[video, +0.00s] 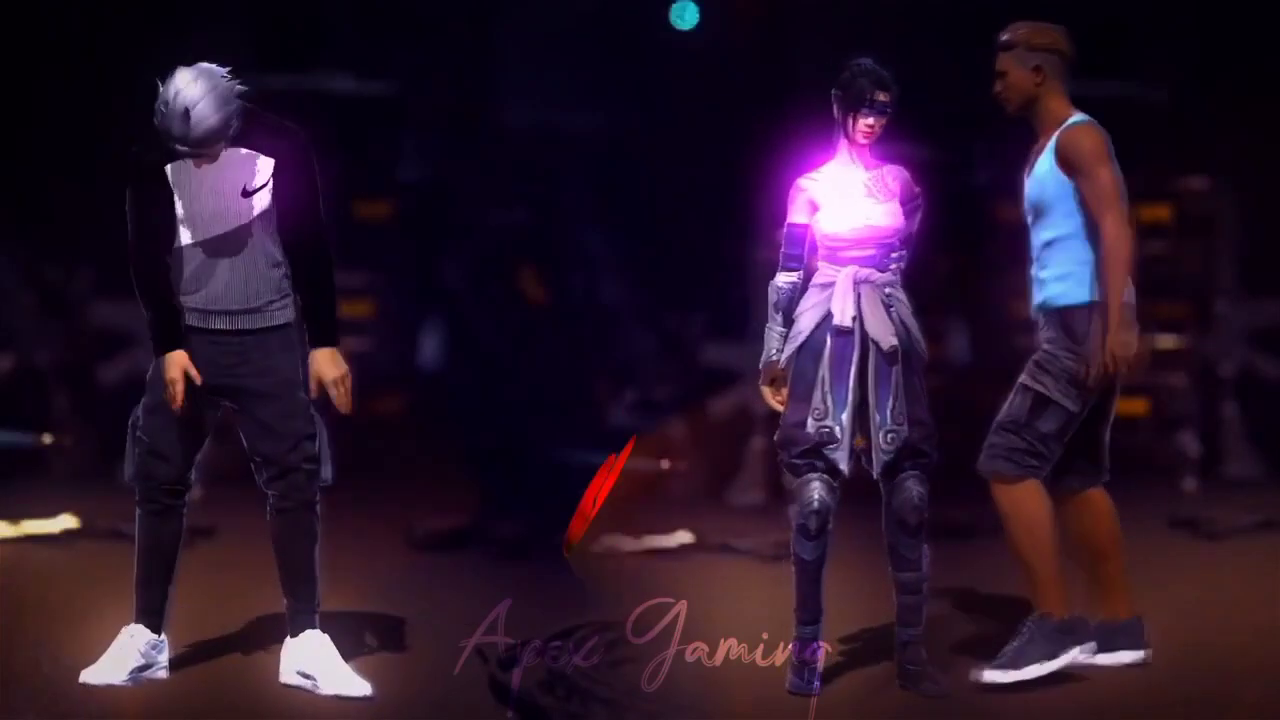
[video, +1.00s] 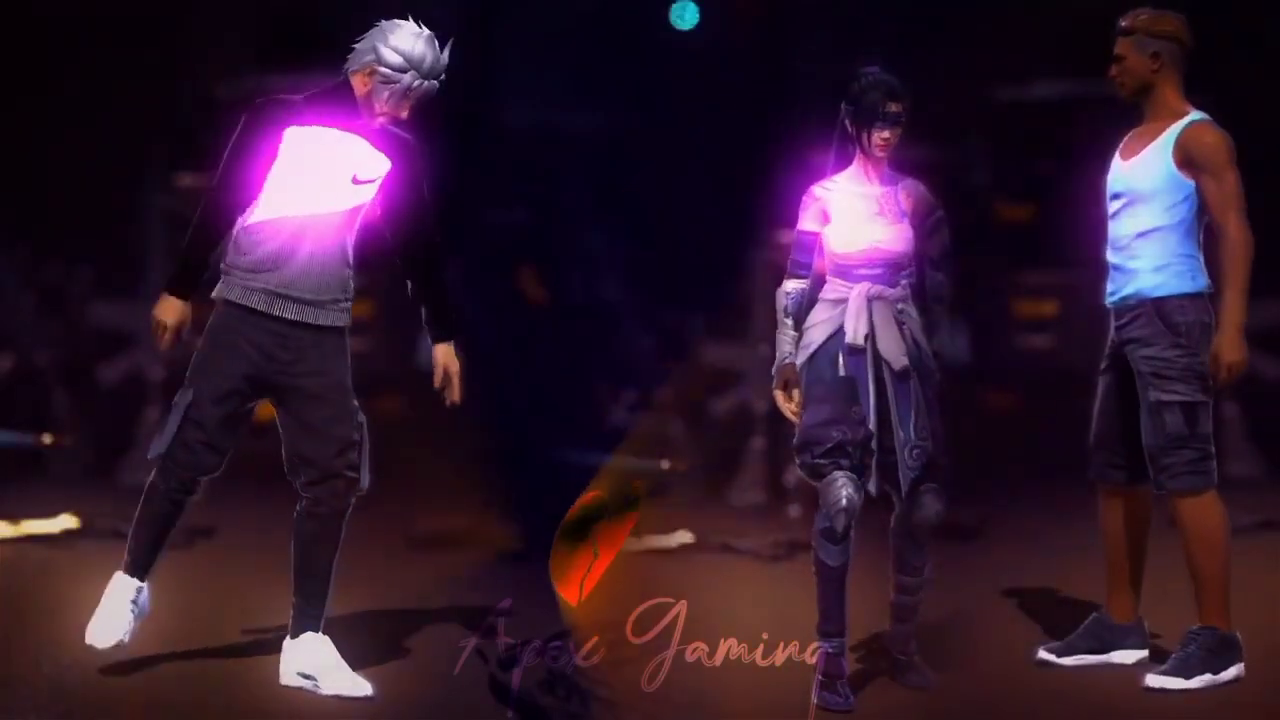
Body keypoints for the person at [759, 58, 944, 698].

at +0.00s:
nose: (872, 123)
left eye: (882, 112)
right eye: (863, 110)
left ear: (892, 118)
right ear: (840, 111)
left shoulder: (903, 185)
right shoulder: (809, 184)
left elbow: (900, 270)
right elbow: (789, 273)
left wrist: (911, 345)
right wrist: (774, 355)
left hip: (891, 342)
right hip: (822, 340)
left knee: (909, 494)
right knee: (815, 499)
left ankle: (912, 647)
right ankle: (808, 639)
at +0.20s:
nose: (882, 121)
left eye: (892, 111)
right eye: (873, 109)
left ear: (902, 117)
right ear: (849, 110)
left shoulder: (908, 182)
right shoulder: (817, 185)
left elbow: (912, 266)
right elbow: (797, 274)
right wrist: (783, 356)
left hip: (899, 340)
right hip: (829, 339)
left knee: (915, 493)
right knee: (829, 491)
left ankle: (911, 643)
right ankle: (821, 640)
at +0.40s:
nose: (886, 122)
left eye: (895, 111)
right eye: (876, 110)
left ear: (904, 116)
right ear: (851, 110)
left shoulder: (910, 182)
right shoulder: (821, 184)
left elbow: (918, 263)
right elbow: (801, 274)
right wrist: (787, 354)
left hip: (900, 337)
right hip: (833, 335)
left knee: (916, 492)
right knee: (834, 489)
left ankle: (912, 643)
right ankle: (826, 641)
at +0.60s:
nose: (893, 124)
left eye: (902, 114)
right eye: (884, 112)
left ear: (910, 117)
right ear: (856, 110)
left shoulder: (915, 183)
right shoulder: (825, 185)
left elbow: (931, 261)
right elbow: (804, 272)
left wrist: (901, 273)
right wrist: (790, 353)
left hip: (904, 339)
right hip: (836, 337)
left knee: (920, 494)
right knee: (836, 494)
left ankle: (912, 645)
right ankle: (831, 648)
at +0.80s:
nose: (892, 131)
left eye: (900, 120)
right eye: (882, 119)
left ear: (908, 124)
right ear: (854, 119)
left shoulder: (916, 192)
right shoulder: (823, 192)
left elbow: (934, 280)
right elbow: (799, 279)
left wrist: (930, 350)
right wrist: (787, 358)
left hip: (904, 342)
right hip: (835, 341)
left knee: (923, 497)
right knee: (838, 498)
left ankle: (912, 645)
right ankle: (832, 651)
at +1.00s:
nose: (890, 135)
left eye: (898, 124)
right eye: (880, 123)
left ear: (908, 128)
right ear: (853, 123)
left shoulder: (916, 198)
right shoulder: (822, 197)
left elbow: (936, 290)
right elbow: (796, 284)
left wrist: (941, 364)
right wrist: (786, 361)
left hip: (901, 346)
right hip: (833, 344)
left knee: (915, 499)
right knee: (840, 496)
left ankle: (903, 639)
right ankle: (832, 650)